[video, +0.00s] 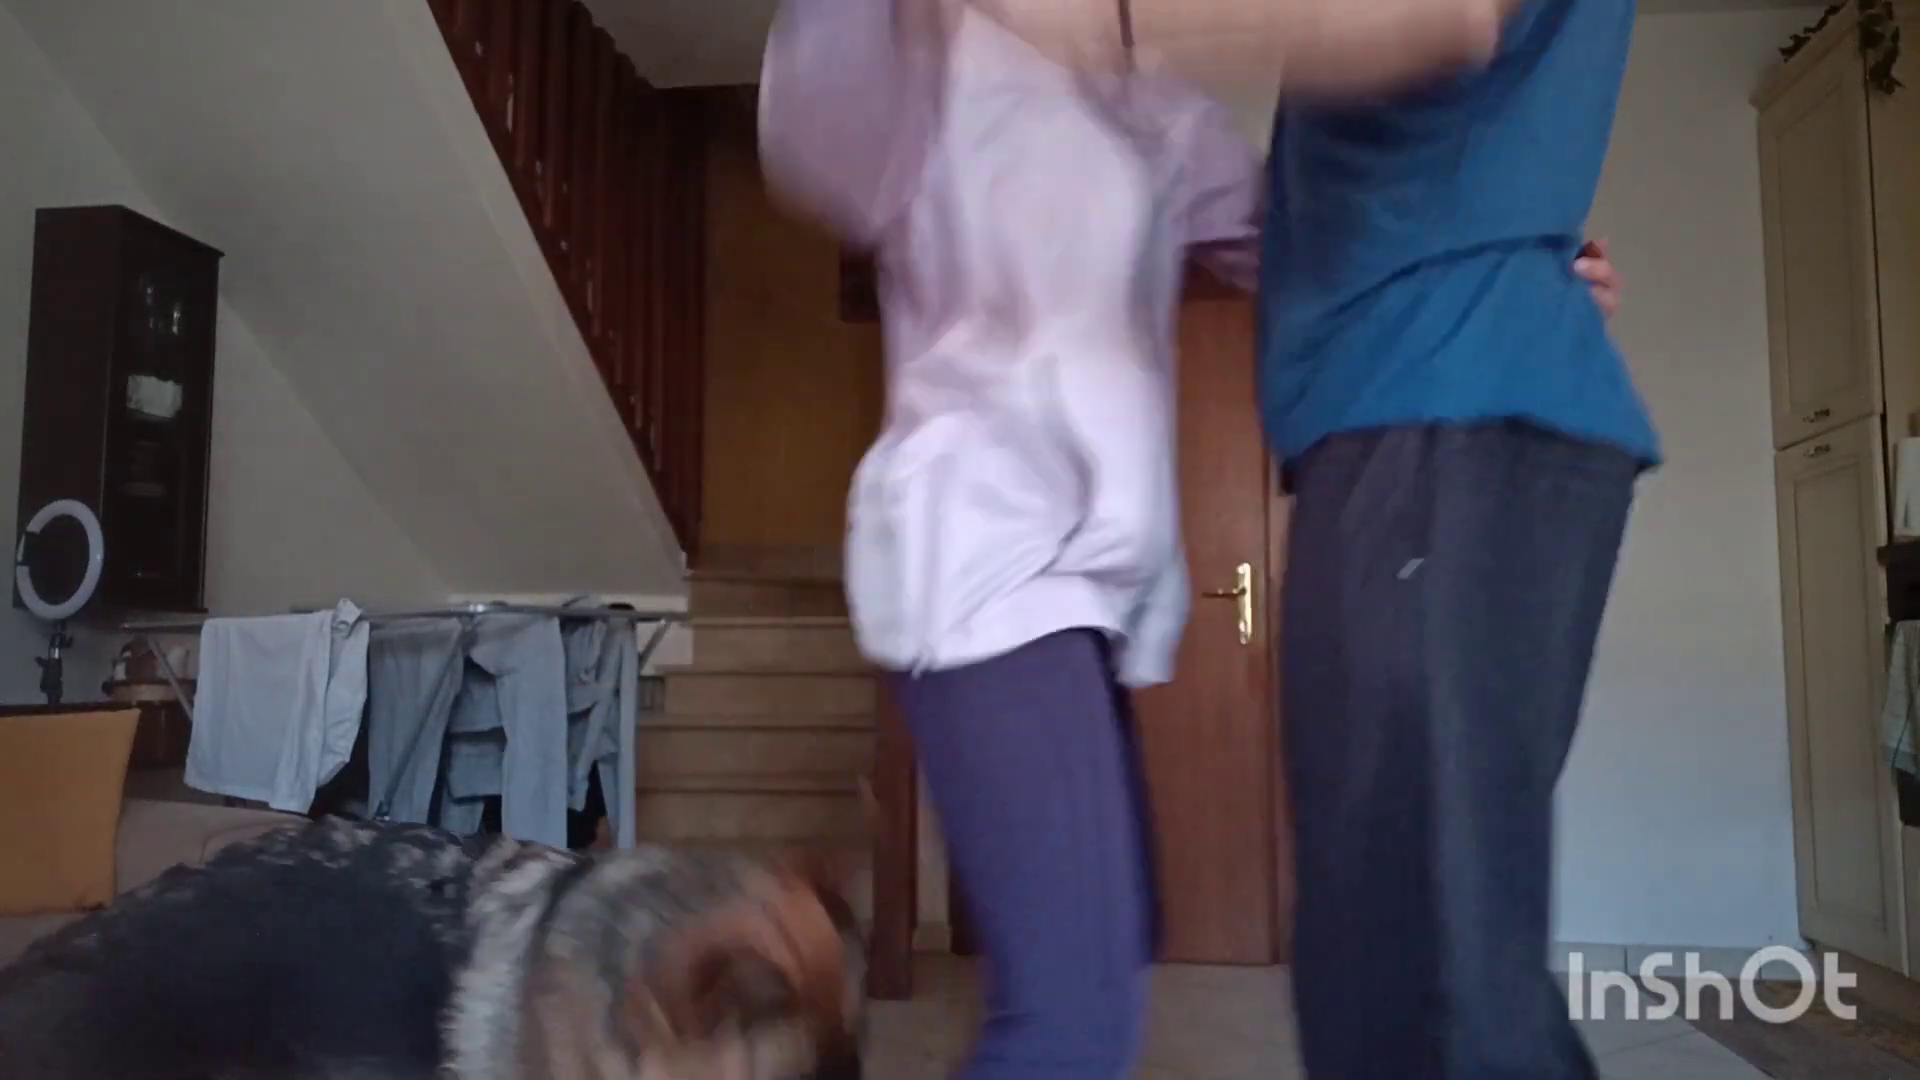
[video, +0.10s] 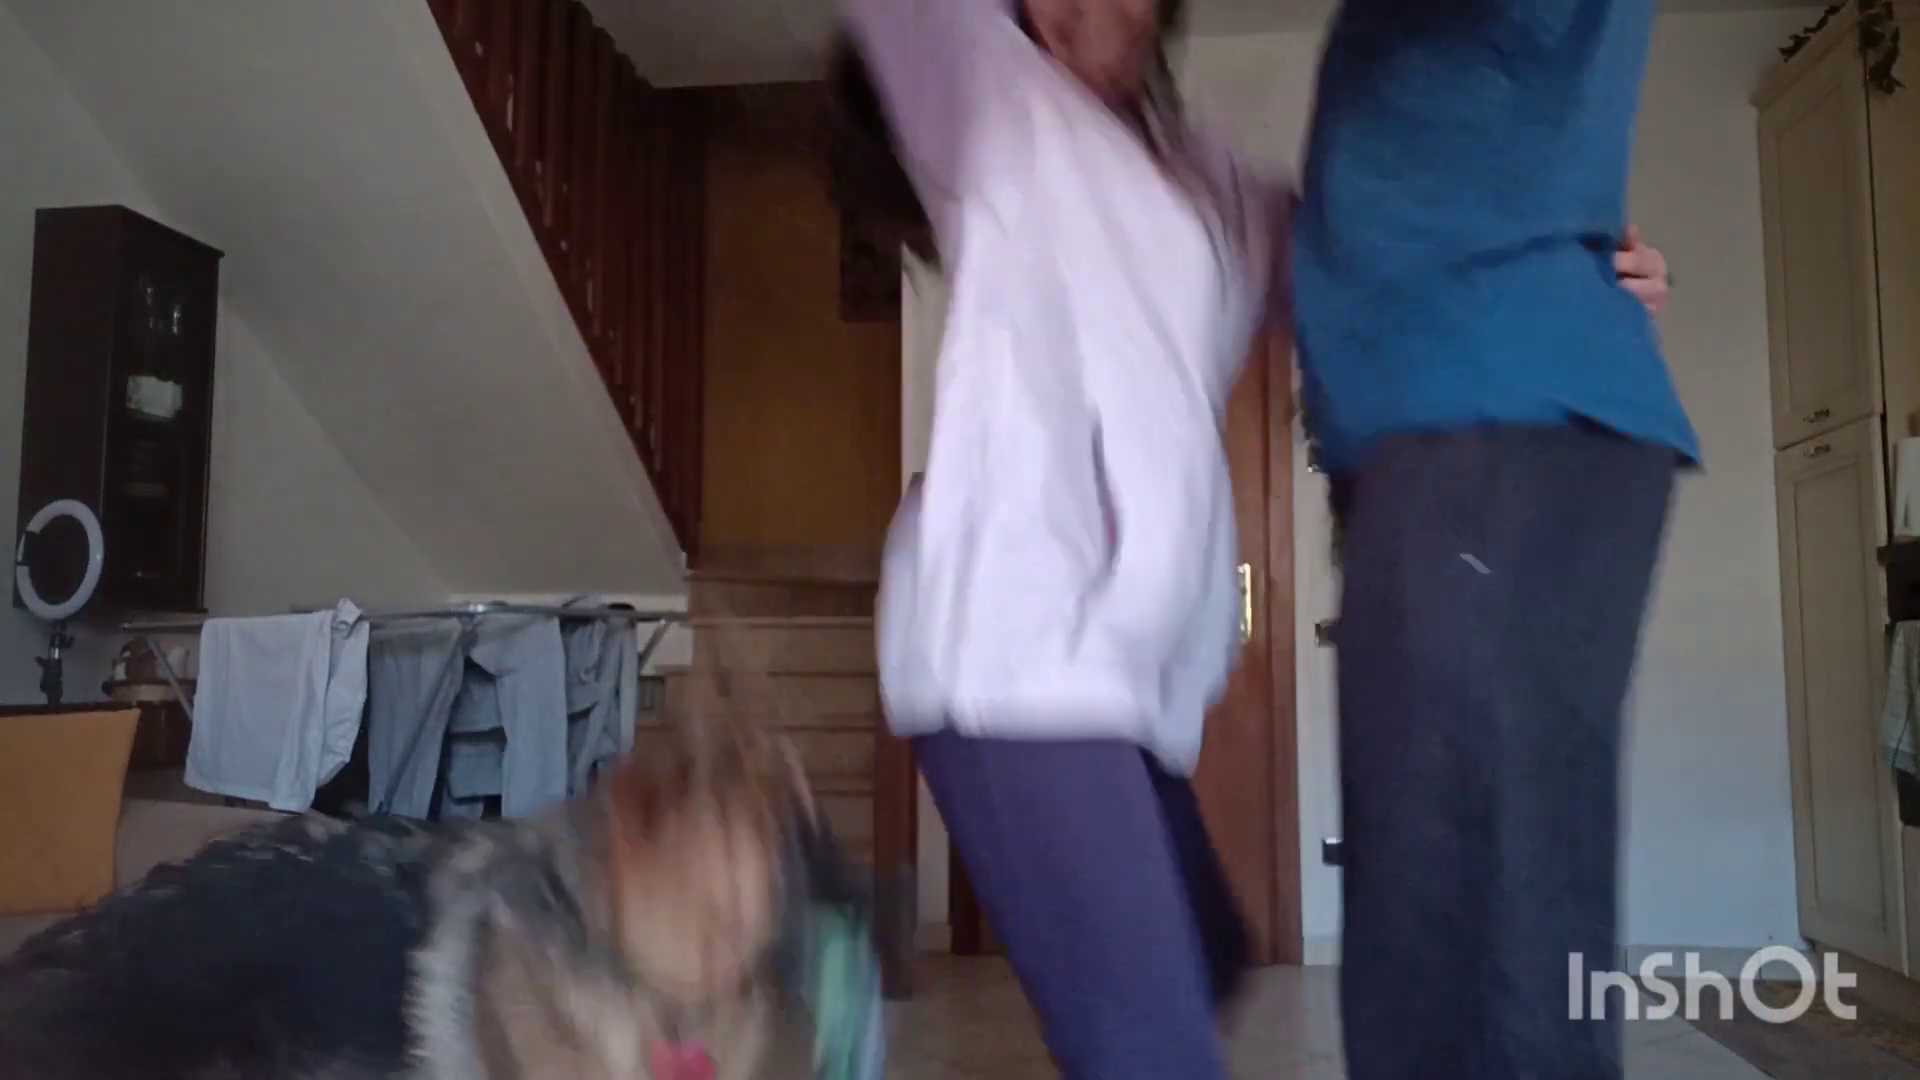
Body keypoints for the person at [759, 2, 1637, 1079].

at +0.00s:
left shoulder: (1151, 96)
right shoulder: (925, 43)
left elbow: (1308, 253)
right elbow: (826, 178)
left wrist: (1527, 269)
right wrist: (876, 2)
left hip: (1091, 568)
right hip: (974, 551)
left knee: (1104, 966)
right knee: (1070, 1006)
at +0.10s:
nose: (1123, 4)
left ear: (1158, 14)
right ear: (1035, 1)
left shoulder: (1205, 181)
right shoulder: (986, 98)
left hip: (1116, 673)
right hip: (1008, 670)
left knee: (1203, 961)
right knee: (1155, 1053)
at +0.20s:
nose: (1132, 81)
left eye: (1157, 44)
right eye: (1092, 50)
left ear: (1199, 62)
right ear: (1045, 70)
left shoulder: (1253, 270)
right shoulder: (1039, 205)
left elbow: (1406, 355)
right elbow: (975, 9)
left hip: (1152, 738)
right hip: (1046, 736)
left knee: (1278, 988)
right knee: (1201, 1058)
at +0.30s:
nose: (1161, 91)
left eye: (1190, 58)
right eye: (1129, 61)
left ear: (1226, 70)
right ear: (1088, 74)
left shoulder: (1277, 263)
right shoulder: (1082, 190)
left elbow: (1432, 362)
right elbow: (1039, 32)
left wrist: (1620, 339)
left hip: (1220, 705)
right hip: (1105, 684)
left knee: (1300, 986)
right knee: (1188, 1045)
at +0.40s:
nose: (1174, 57)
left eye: (1202, 26)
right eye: (1143, 29)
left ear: (1238, 37)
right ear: (1105, 42)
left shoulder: (1291, 216)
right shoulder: (1088, 154)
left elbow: (1434, 346)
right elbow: (1047, 21)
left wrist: (1599, 339)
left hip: (1251, 650)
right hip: (1127, 633)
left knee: (1300, 951)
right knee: (1212, 971)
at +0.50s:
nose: (1196, 40)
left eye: (1222, 13)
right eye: (1166, 15)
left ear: (1262, 29)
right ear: (1130, 30)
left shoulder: (1331, 194)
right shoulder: (1108, 129)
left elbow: (1465, 312)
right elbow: (1050, 13)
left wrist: (1632, 327)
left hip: (1292, 631)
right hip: (1152, 610)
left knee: (1316, 966)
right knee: (1257, 968)